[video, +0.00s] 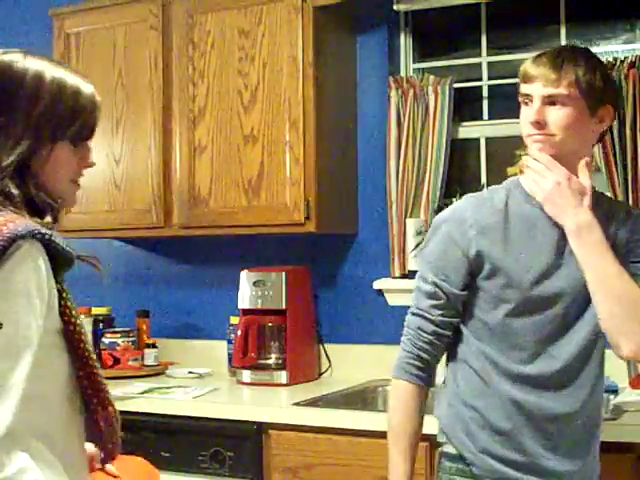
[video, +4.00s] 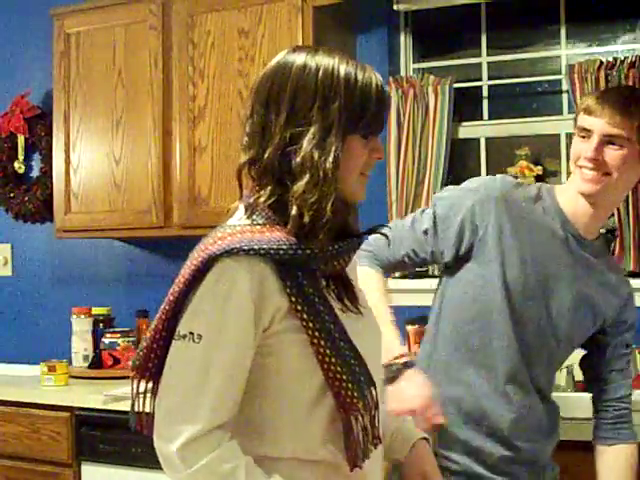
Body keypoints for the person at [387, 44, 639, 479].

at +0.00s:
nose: (534, 118)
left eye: (555, 102)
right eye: (526, 102)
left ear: (601, 120)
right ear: (518, 110)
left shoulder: (622, 227)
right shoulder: (468, 222)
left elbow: (631, 343)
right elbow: (414, 362)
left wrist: (577, 220)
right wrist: (400, 475)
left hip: (573, 466)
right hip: (473, 461)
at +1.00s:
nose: (458, 116)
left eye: (469, 99)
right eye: (460, 101)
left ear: (518, 109)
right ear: (517, 110)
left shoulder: (600, 211)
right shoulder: (440, 222)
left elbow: (565, 303)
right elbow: (414, 359)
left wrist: (504, 184)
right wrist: (405, 473)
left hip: (557, 461)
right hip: (457, 458)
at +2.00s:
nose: (619, 141)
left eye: (637, 132)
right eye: (611, 118)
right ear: (580, 116)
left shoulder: (629, 244)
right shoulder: (477, 211)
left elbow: (629, 357)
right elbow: (416, 337)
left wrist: (526, 272)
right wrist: (381, 456)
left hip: (566, 469)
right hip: (459, 463)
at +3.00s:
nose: (624, 142)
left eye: (639, 131)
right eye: (614, 123)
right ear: (594, 129)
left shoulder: (632, 265)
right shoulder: (511, 199)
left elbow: (637, 374)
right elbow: (406, 284)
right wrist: (378, 384)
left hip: (579, 466)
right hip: (484, 459)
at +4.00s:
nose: (591, 153)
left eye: (614, 143)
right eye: (584, 135)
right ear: (573, 139)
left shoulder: (614, 296)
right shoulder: (490, 203)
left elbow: (615, 428)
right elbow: (367, 255)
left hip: (527, 468)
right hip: (436, 459)